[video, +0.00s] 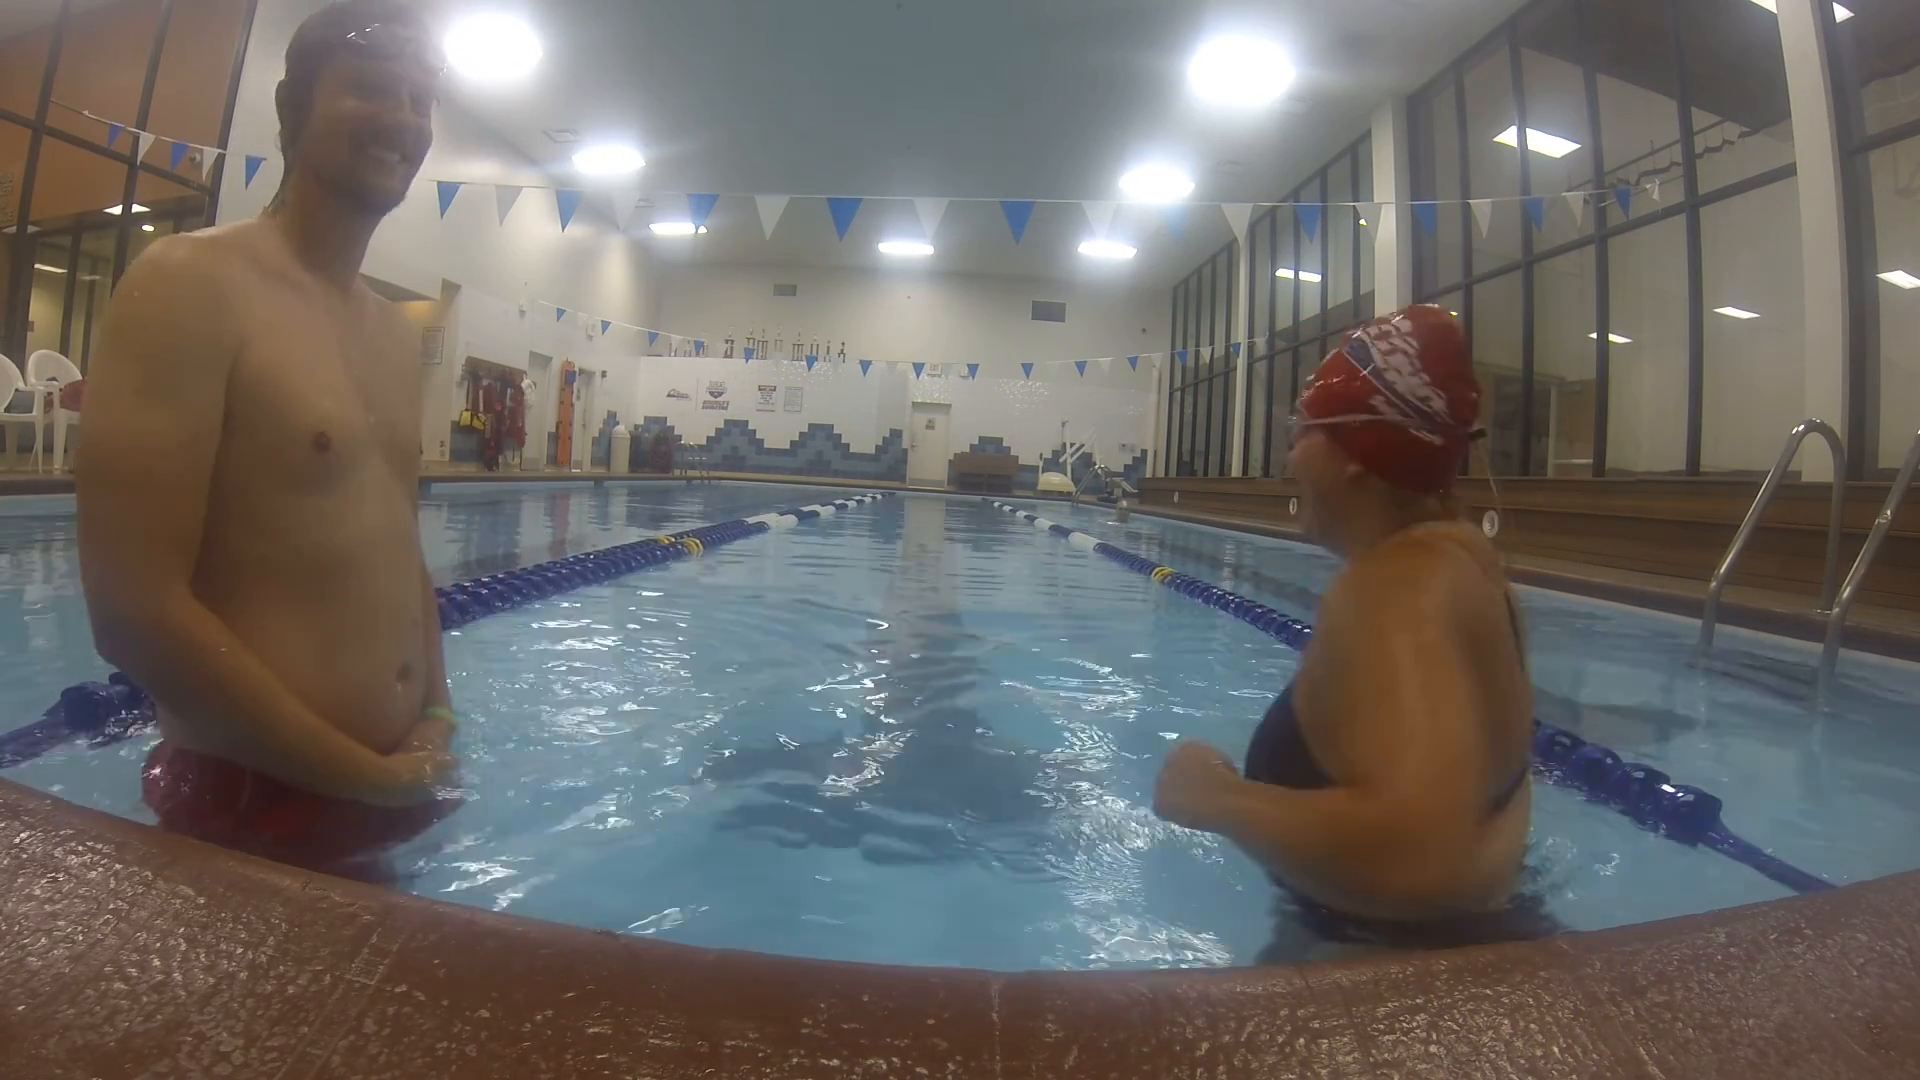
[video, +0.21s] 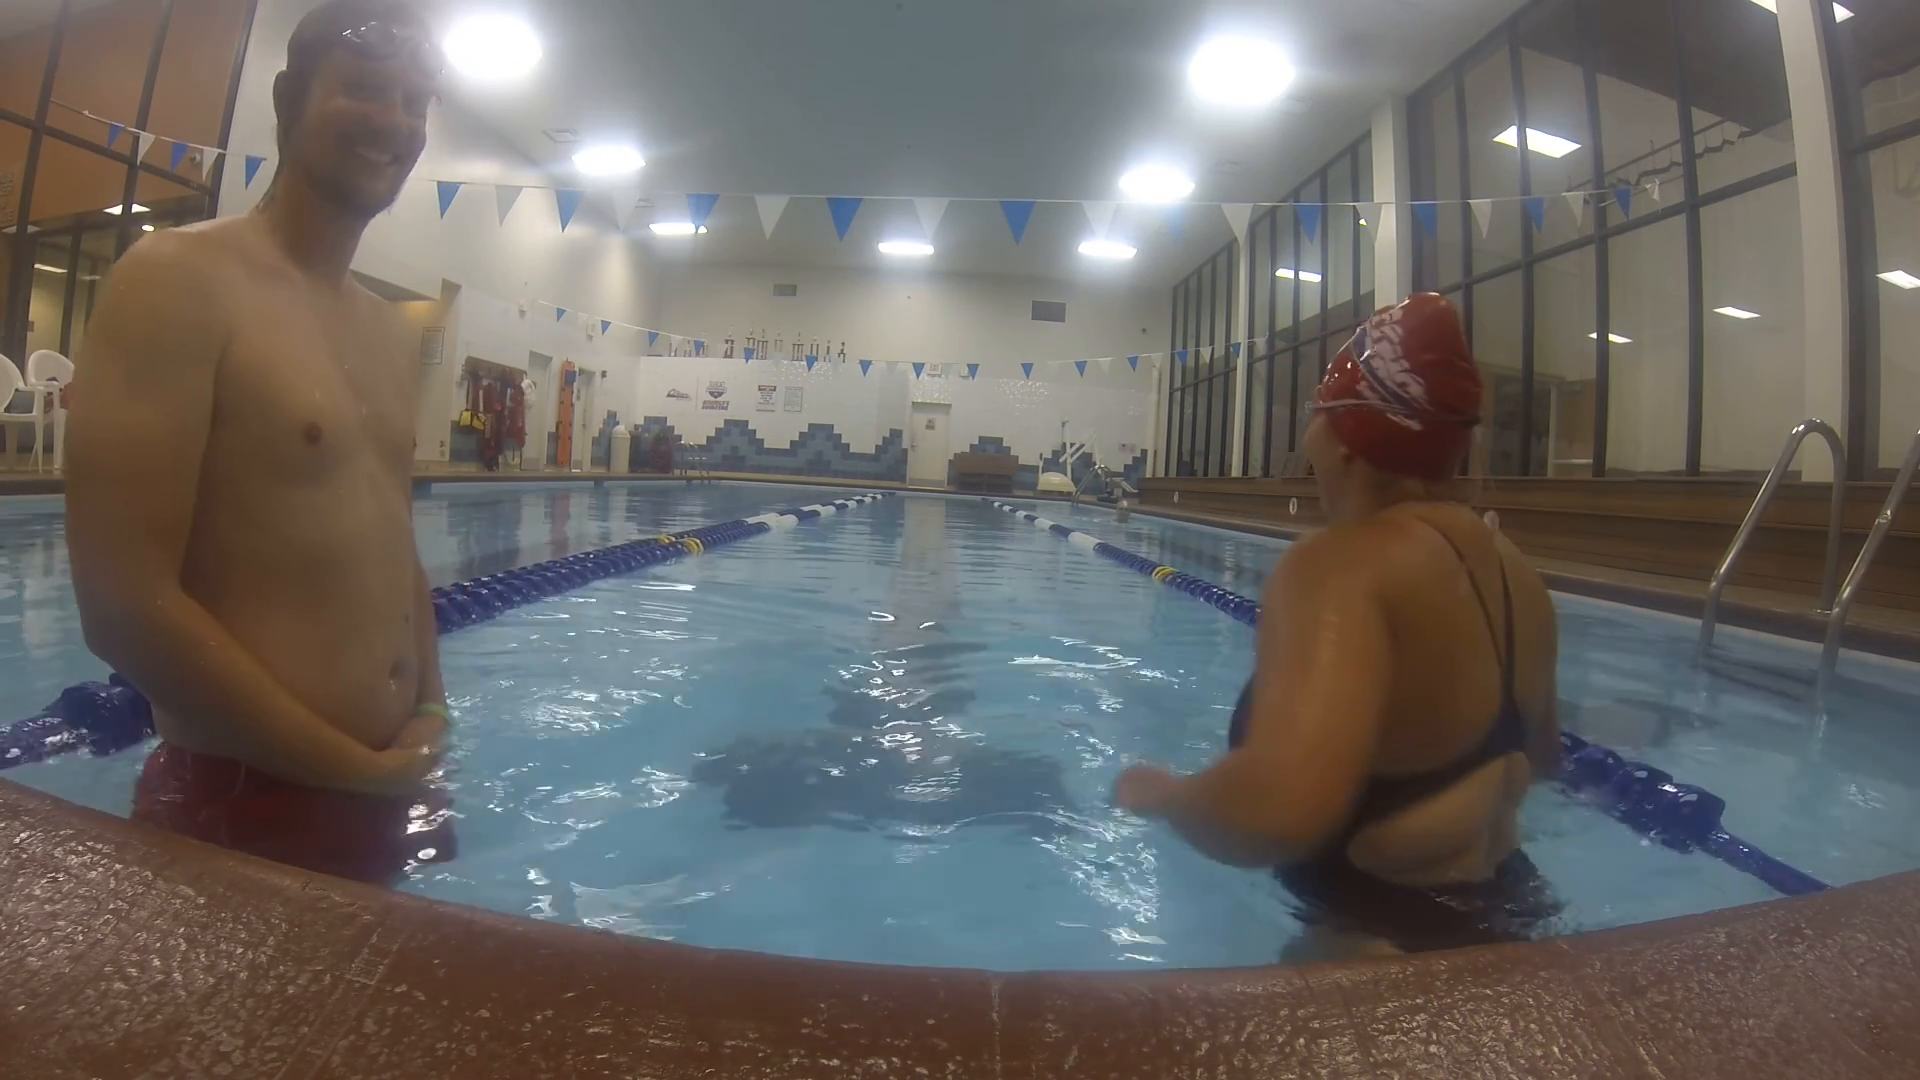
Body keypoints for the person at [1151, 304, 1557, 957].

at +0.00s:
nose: (1290, 456)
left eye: (1304, 431)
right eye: (1298, 431)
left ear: (1360, 453)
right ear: (1369, 454)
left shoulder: (1399, 587)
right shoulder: (1458, 561)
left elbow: (1423, 852)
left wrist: (1224, 801)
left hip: (1372, 967)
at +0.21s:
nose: (1306, 438)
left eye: (1317, 414)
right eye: (1315, 414)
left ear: (1351, 435)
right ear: (1445, 445)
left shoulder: (1338, 568)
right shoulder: (1515, 569)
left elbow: (1285, 806)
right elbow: (1536, 753)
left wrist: (1169, 797)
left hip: (1373, 947)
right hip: (1504, 927)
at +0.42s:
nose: (1302, 434)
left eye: (1308, 414)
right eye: (1311, 413)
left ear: (1320, 428)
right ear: (1434, 440)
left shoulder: (1293, 547)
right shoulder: (1506, 565)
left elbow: (1213, 761)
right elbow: (1535, 761)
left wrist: (1121, 832)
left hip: (1336, 948)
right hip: (1501, 938)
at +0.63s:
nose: (1283, 415)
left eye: (1288, 398)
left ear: (1300, 411)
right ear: (1406, 416)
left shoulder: (1247, 516)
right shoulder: (1483, 531)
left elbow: (1151, 711)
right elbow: (1521, 759)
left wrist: (1131, 819)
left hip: (1299, 911)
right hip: (1475, 904)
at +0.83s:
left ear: (1245, 439)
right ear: (1352, 442)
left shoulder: (1192, 529)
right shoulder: (1438, 542)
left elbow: (1087, 738)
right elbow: (1468, 749)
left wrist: (1122, 796)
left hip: (1258, 916)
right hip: (1436, 906)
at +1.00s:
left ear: (1206, 531)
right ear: (1301, 534)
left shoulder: (1149, 621)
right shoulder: (1382, 622)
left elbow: (1074, 766)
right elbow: (1412, 749)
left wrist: (1124, 834)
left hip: (1229, 927)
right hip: (1388, 921)